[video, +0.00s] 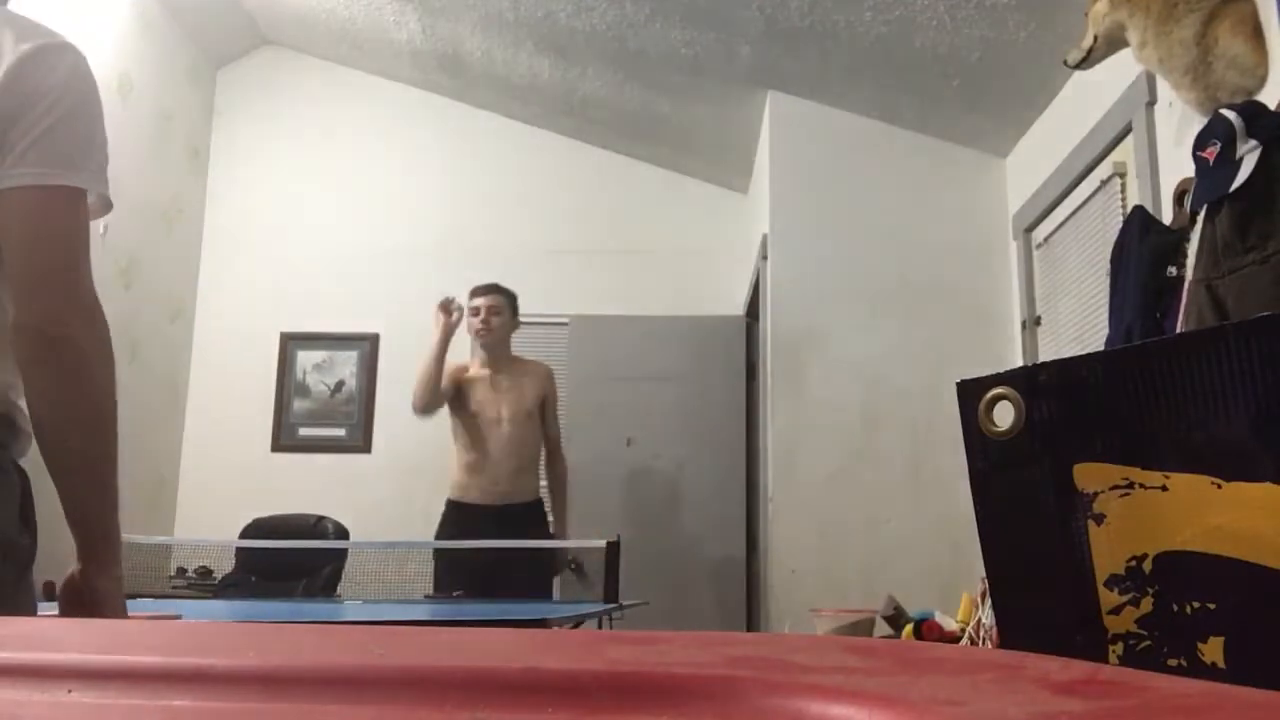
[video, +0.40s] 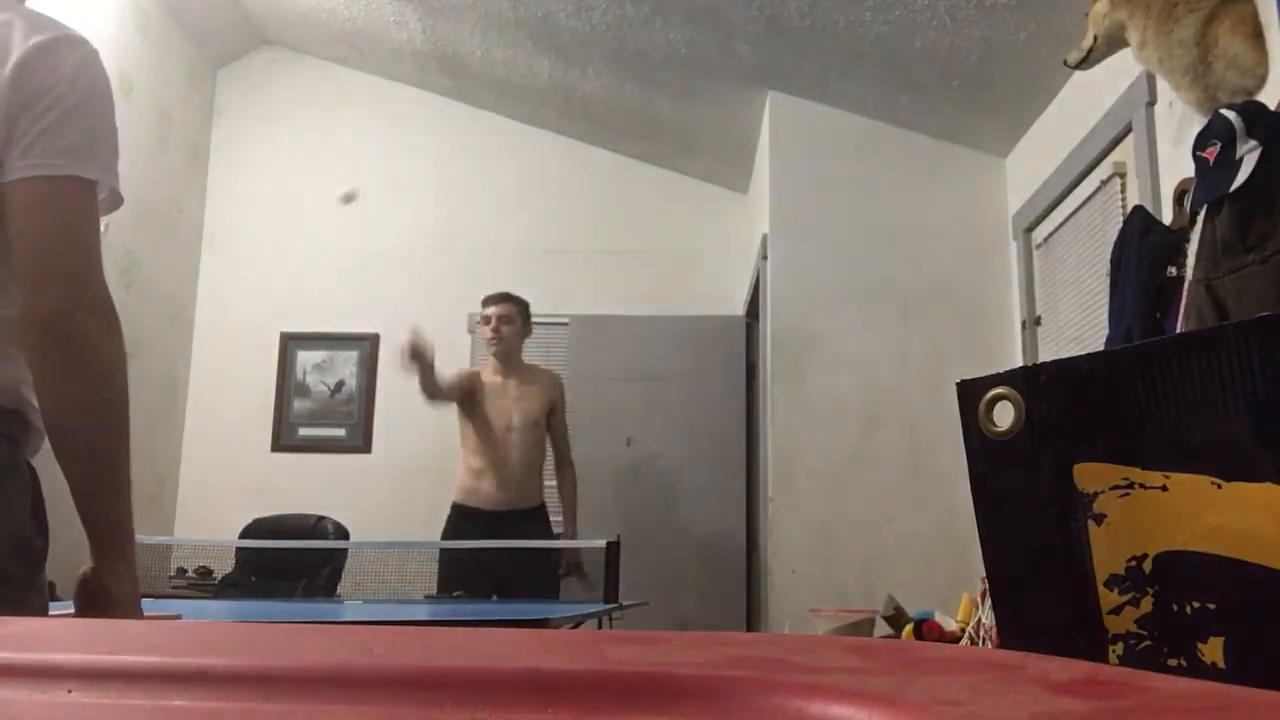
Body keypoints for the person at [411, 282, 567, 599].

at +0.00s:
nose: (483, 319)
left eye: (494, 311)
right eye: (475, 312)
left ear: (514, 323)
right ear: (467, 323)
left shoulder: (538, 375)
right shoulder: (457, 375)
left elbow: (554, 454)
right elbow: (422, 404)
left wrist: (560, 534)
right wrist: (443, 334)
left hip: (524, 521)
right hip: (465, 521)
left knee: (526, 636)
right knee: (455, 634)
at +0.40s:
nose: (493, 328)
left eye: (504, 321)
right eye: (487, 322)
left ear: (526, 330)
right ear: (480, 330)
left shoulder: (547, 384)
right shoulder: (470, 380)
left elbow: (563, 462)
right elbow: (435, 392)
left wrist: (570, 536)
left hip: (527, 525)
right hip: (469, 523)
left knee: (531, 635)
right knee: (458, 633)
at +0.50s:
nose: (503, 332)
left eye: (515, 324)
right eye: (498, 325)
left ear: (536, 333)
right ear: (492, 333)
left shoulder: (558, 388)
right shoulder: (480, 387)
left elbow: (571, 466)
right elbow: (444, 434)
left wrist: (575, 535)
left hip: (536, 528)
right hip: (479, 525)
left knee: (535, 636)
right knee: (466, 632)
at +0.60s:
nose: (514, 336)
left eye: (525, 328)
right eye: (508, 329)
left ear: (547, 336)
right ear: (504, 337)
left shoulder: (571, 393)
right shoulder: (490, 393)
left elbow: (581, 469)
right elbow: (461, 464)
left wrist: (583, 539)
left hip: (547, 530)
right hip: (491, 527)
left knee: (544, 639)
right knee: (476, 633)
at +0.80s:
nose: (526, 341)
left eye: (537, 332)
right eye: (521, 334)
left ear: (560, 339)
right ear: (517, 342)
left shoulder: (585, 395)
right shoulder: (503, 398)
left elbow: (601, 469)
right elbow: (491, 475)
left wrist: (606, 538)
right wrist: (485, 539)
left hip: (564, 528)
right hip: (509, 527)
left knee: (564, 634)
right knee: (500, 633)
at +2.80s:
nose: (513, 365)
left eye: (523, 357)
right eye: (506, 357)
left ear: (540, 362)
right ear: (498, 363)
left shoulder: (559, 408)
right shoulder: (483, 410)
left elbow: (574, 480)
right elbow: (468, 478)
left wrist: (565, 547)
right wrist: (461, 537)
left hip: (537, 532)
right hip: (486, 529)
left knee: (536, 629)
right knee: (484, 628)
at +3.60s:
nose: (510, 417)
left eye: (515, 407)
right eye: (502, 411)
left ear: (532, 390)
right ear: (492, 406)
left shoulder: (566, 425)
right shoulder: (494, 434)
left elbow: (589, 500)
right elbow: (496, 509)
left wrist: (573, 571)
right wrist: (499, 575)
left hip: (574, 536)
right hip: (529, 537)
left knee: (573, 631)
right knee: (523, 631)